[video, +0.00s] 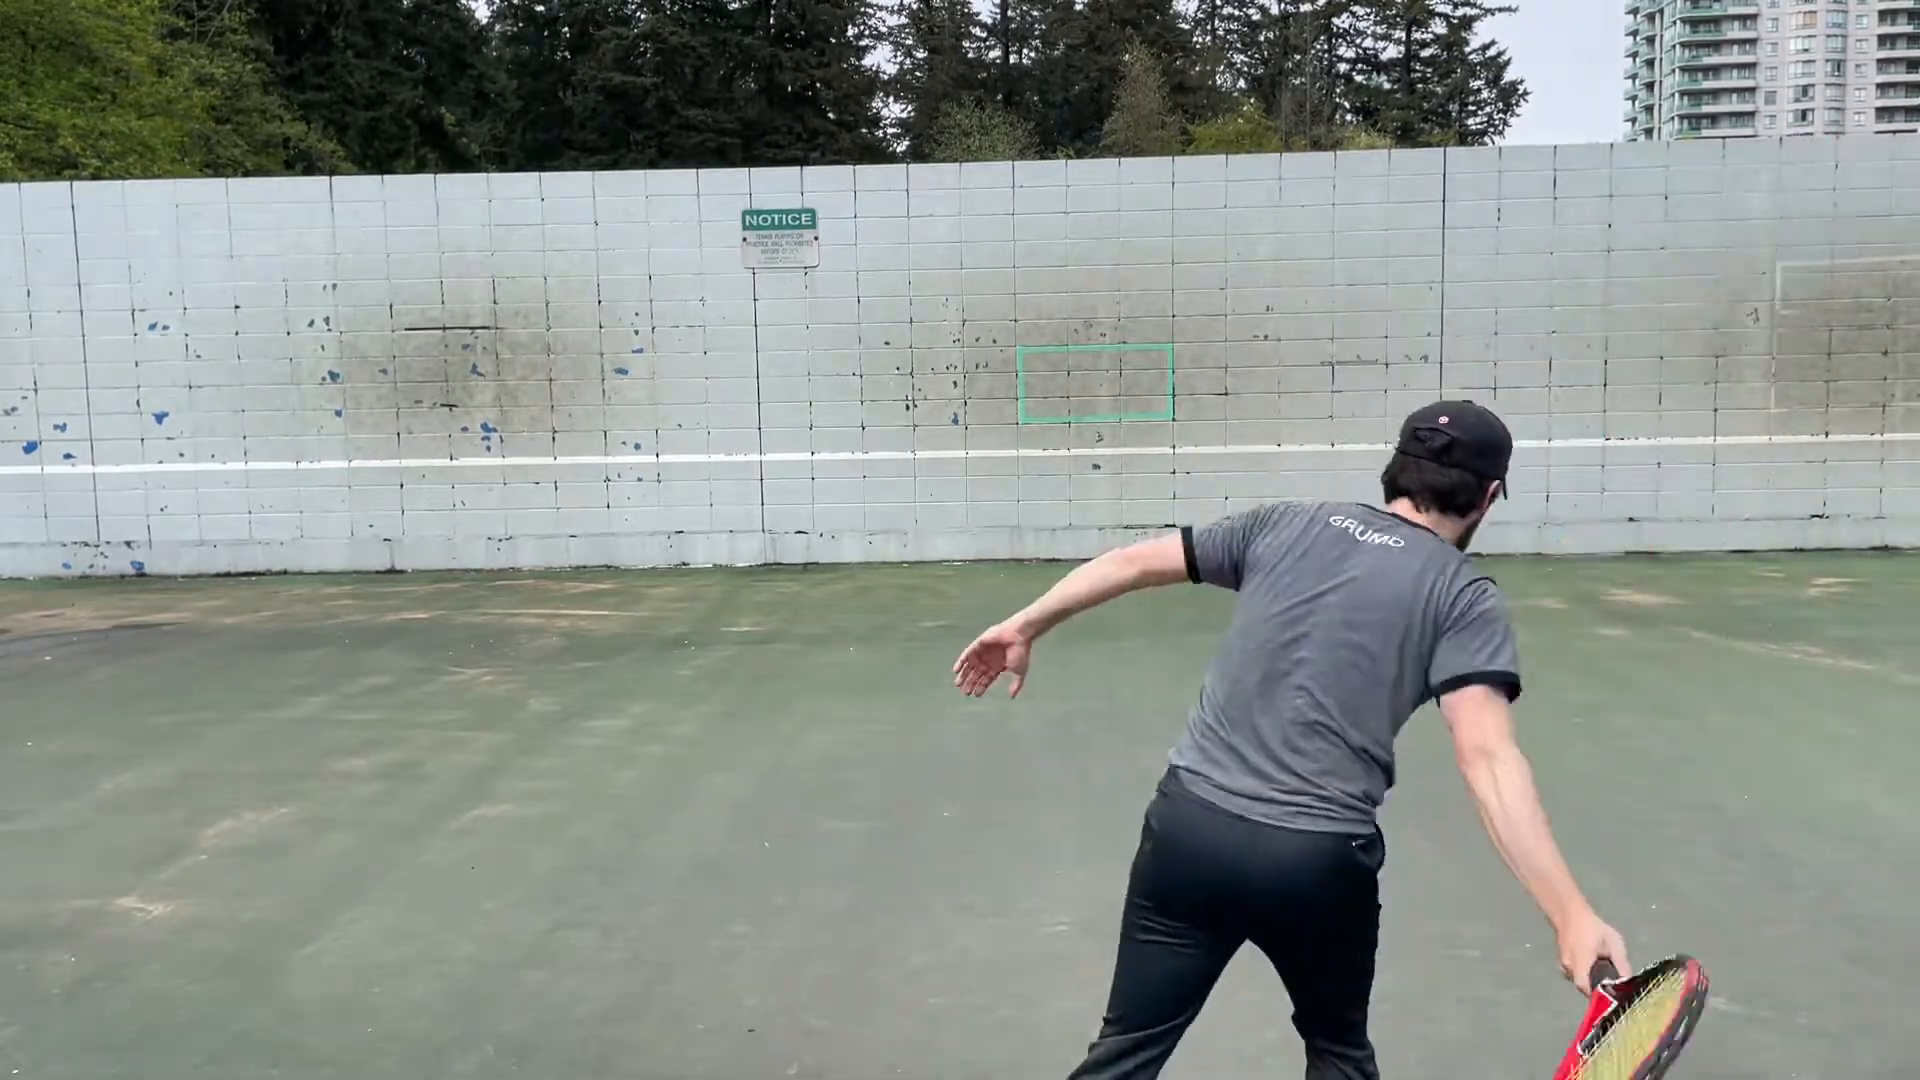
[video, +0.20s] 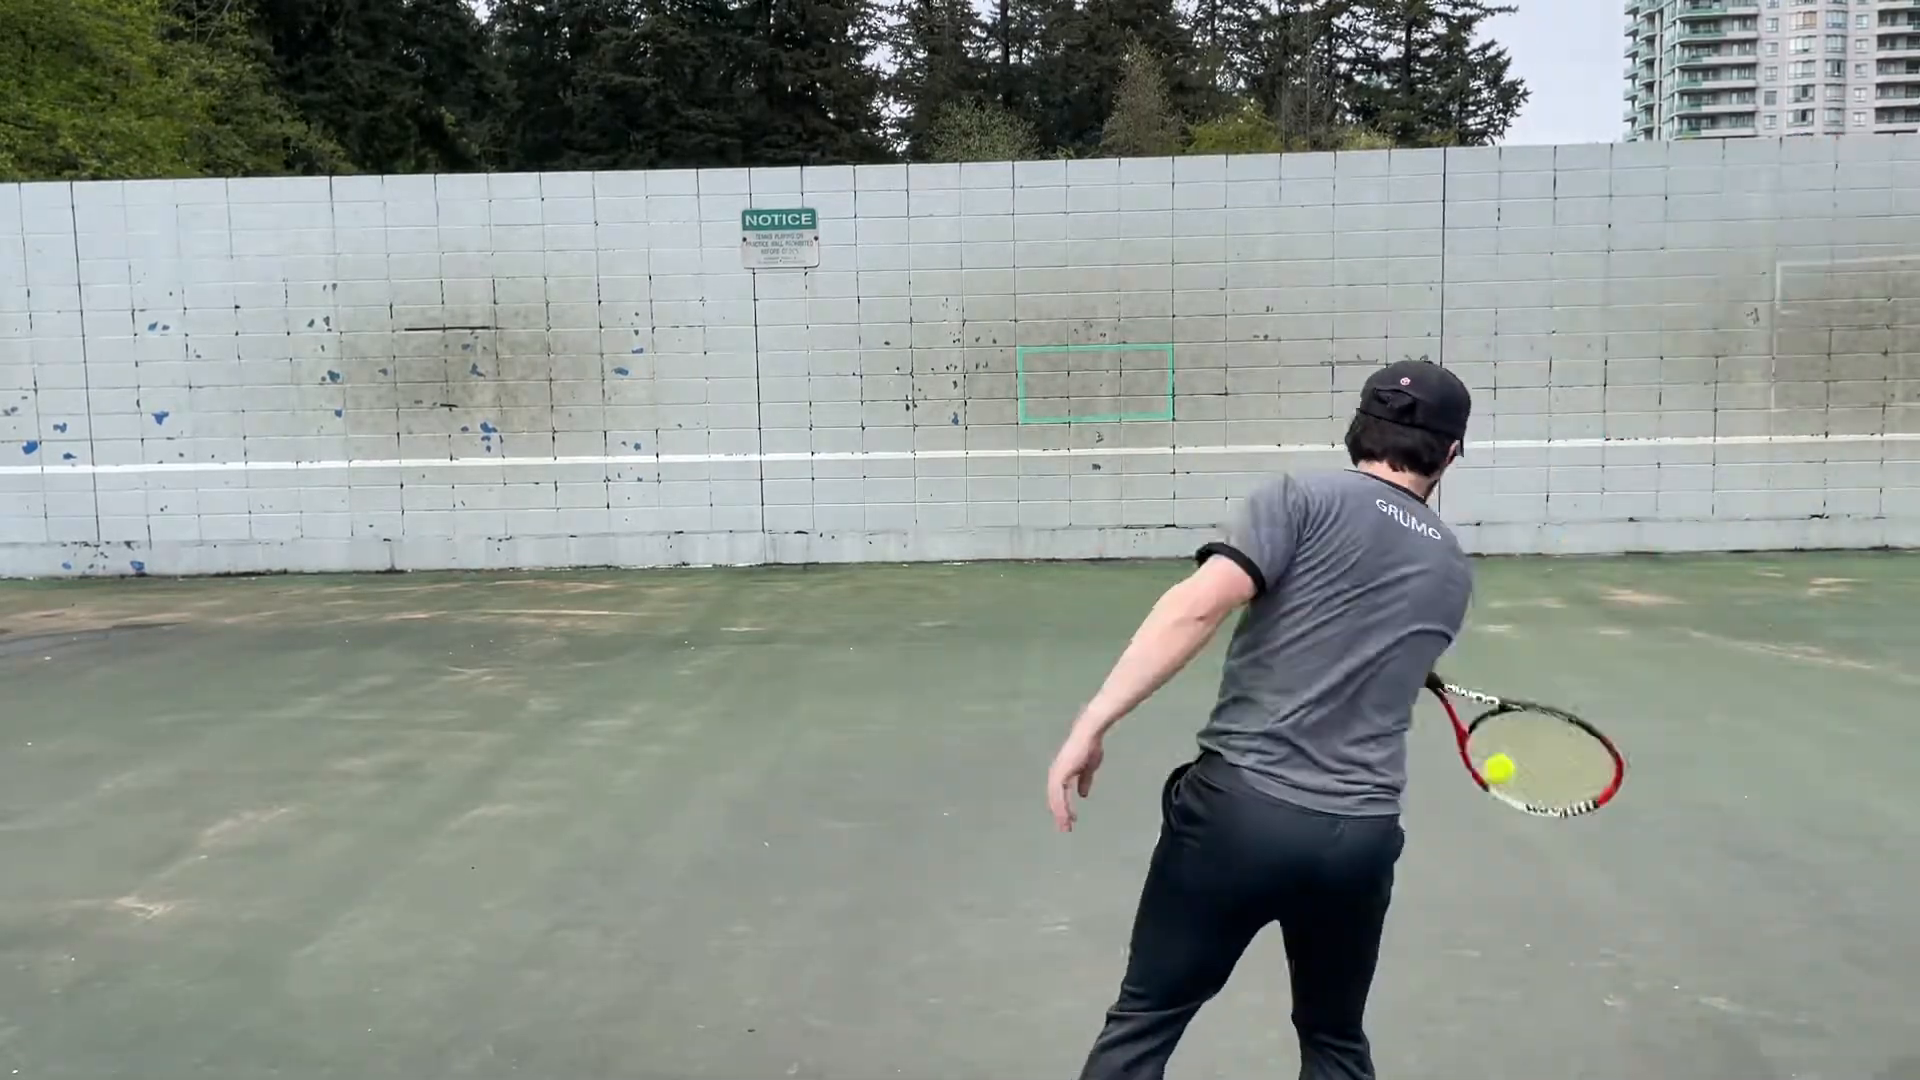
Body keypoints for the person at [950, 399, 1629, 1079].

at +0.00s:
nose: (1492, 509)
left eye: (1493, 493)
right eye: (1495, 496)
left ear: (1394, 472)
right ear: (1484, 500)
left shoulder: (1289, 525)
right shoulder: (1460, 591)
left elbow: (1136, 560)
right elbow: (1488, 758)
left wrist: (1024, 622)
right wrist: (1574, 918)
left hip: (1189, 830)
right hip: (1318, 863)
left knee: (1124, 1047)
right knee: (1339, 1047)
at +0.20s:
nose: (1457, 453)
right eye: (1458, 442)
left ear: (1356, 429)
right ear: (1449, 452)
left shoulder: (1295, 500)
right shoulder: (1452, 566)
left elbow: (1199, 605)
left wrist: (1093, 722)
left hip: (1235, 819)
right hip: (1356, 844)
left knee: (1144, 1019)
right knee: (1336, 1037)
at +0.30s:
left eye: (1346, 382)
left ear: (1340, 395)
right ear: (1426, 420)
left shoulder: (1302, 483)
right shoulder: (1436, 523)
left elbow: (1261, 626)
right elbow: (1361, 581)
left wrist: (1182, 772)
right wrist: (1276, 521)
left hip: (1261, 797)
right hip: (1371, 818)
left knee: (1157, 1015)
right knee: (1332, 1027)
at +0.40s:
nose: (1308, 361)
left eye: (1312, 352)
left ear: (1313, 365)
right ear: (1404, 387)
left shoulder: (1301, 474)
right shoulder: (1417, 489)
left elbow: (1298, 631)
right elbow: (1295, 512)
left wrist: (1225, 787)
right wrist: (1190, 451)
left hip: (1276, 788)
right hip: (1377, 798)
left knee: (1174, 1019)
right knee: (1334, 1027)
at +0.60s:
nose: (1245, 354)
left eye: (1248, 343)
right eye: (1258, 342)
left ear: (1253, 358)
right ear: (1349, 366)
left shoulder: (1275, 480)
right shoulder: (1371, 468)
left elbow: (1287, 654)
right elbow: (1217, 499)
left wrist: (1185, 773)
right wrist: (1093, 508)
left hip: (1262, 791)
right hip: (1361, 790)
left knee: (1163, 1020)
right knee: (1331, 1029)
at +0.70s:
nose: (1209, 355)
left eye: (1213, 345)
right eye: (1218, 344)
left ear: (1216, 362)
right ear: (1312, 366)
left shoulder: (1235, 490)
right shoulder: (1341, 470)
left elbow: (1256, 662)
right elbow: (1211, 546)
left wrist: (1147, 756)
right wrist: (1091, 590)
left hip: (1235, 798)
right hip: (1340, 791)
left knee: (1149, 1031)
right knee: (1322, 1032)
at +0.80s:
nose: (1158, 364)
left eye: (1161, 353)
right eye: (1166, 351)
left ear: (1168, 370)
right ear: (1264, 374)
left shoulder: (1183, 502)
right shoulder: (1301, 482)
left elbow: (1211, 676)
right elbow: (1236, 614)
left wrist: (1111, 751)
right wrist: (1114, 668)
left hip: (1195, 811)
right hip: (1302, 800)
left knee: (1137, 1048)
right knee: (1303, 1037)